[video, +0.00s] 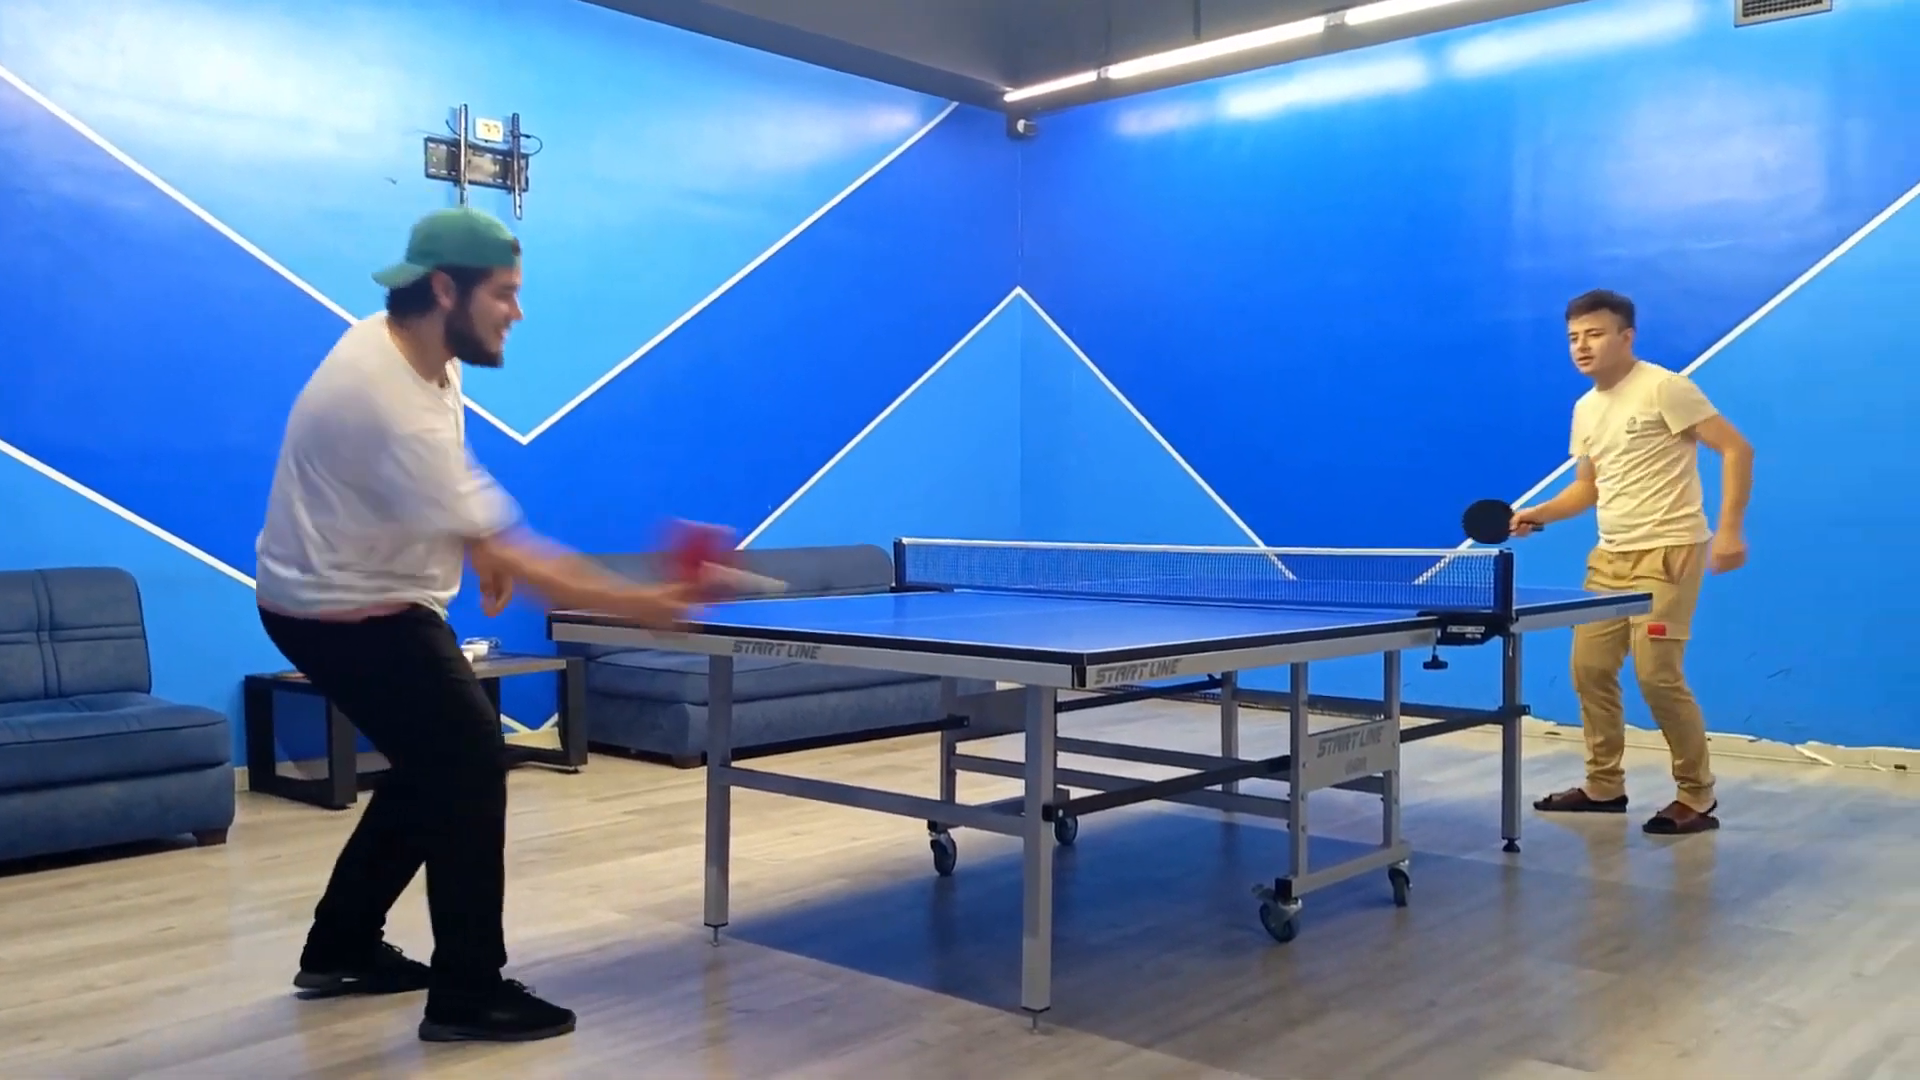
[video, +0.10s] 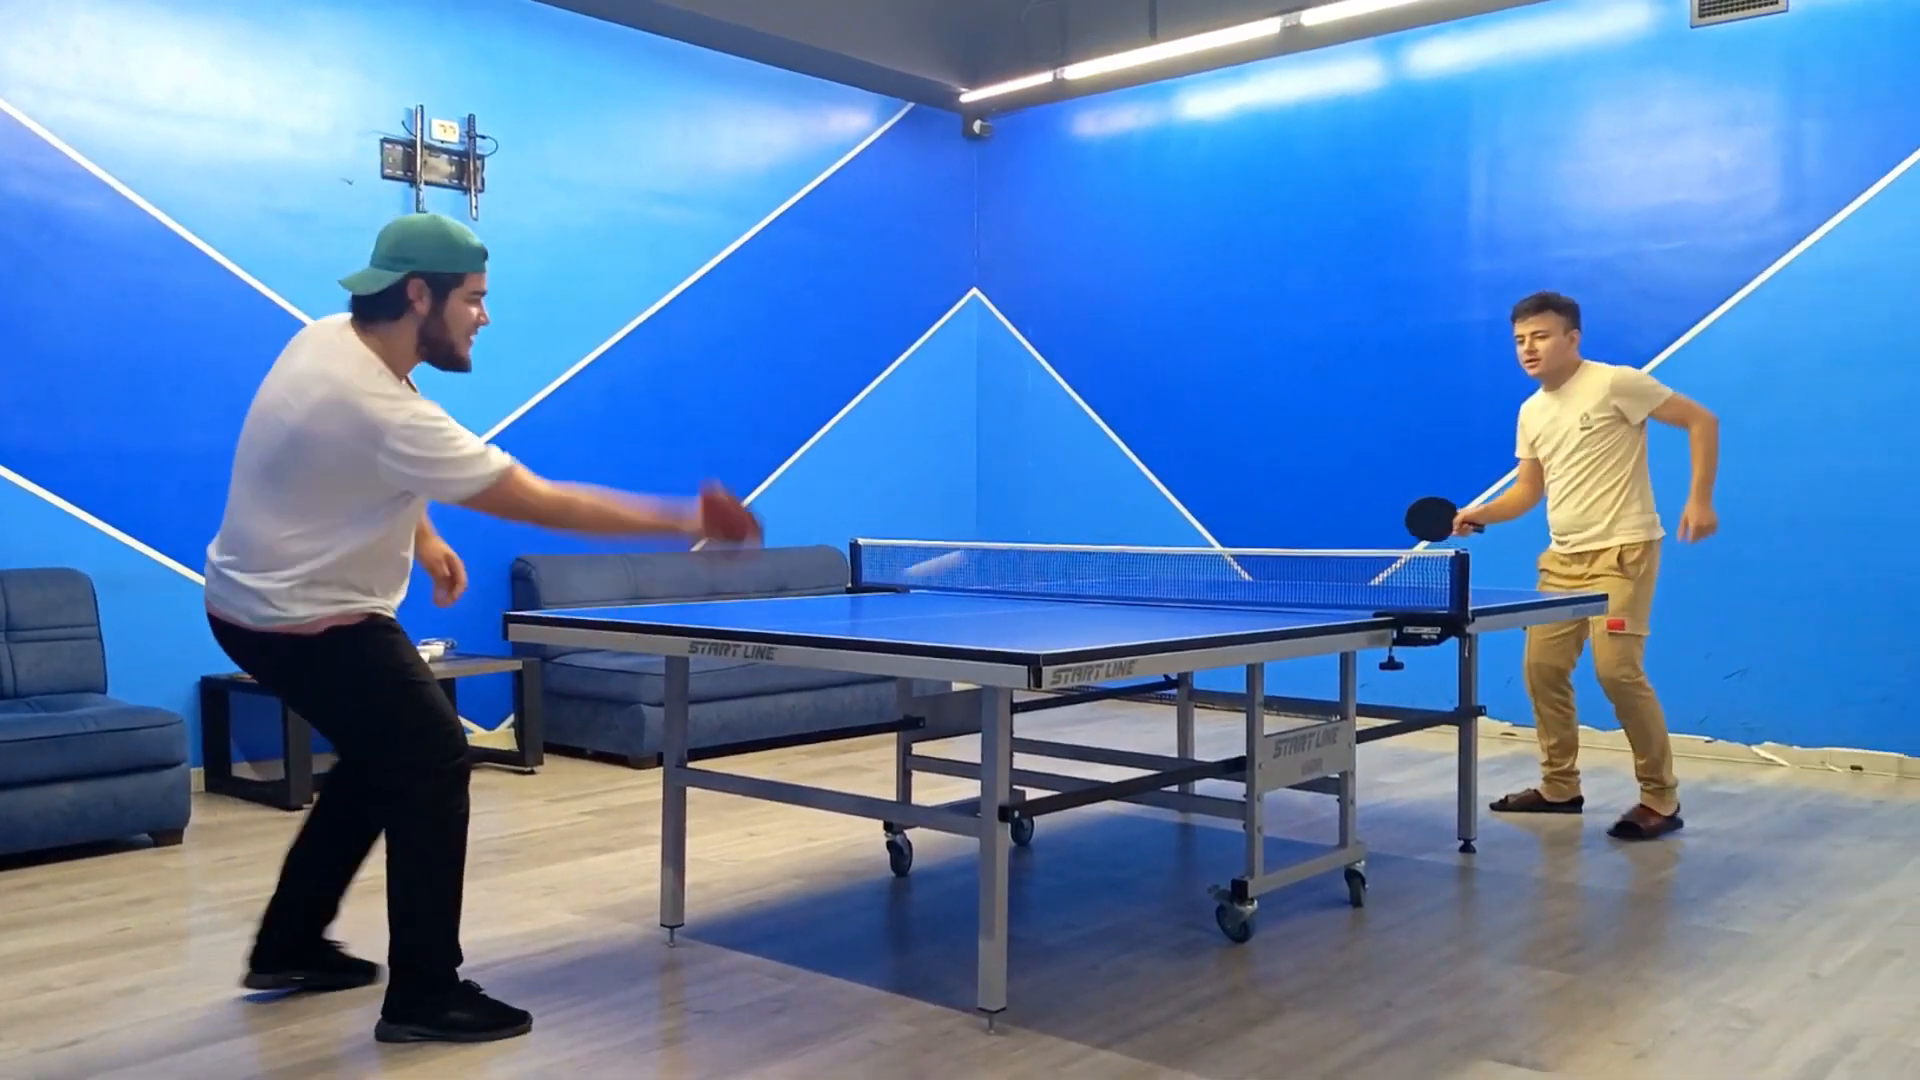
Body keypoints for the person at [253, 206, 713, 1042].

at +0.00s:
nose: (516, 310)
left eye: (516, 292)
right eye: (502, 292)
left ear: (444, 291)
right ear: (442, 291)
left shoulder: (416, 350)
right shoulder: (388, 409)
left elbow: (434, 459)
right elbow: (524, 565)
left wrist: (479, 540)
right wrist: (653, 600)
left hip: (386, 595)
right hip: (338, 608)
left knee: (443, 757)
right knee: (469, 759)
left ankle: (341, 942)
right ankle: (467, 989)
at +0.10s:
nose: (482, 321)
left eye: (483, 303)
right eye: (474, 301)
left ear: (407, 296)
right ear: (417, 297)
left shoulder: (326, 343)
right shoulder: (382, 412)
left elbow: (362, 454)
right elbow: (536, 500)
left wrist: (421, 534)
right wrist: (685, 518)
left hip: (262, 600)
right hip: (311, 619)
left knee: (390, 752)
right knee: (433, 758)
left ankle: (286, 943)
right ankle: (424, 991)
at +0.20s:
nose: (468, 298)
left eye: (468, 280)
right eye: (458, 280)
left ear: (398, 280)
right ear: (404, 279)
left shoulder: (309, 337)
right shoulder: (369, 392)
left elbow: (297, 482)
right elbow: (524, 480)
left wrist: (381, 562)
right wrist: (675, 442)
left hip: (250, 602)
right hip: (310, 616)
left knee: (332, 761)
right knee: (426, 758)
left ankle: (211, 942)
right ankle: (423, 992)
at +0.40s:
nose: (402, 267)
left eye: (400, 250)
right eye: (391, 249)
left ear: (329, 252)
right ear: (342, 250)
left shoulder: (256, 325)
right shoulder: (303, 355)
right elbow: (394, 473)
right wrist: (547, 459)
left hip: (202, 599)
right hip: (262, 610)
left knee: (242, 777)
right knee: (359, 780)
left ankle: (135, 966)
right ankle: (416, 990)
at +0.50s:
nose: (375, 250)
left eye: (373, 233)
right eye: (364, 233)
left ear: (299, 238)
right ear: (310, 236)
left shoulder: (238, 317)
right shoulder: (267, 331)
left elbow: (280, 470)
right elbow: (304, 468)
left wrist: (441, 520)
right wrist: (455, 525)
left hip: (192, 593)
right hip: (236, 601)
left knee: (223, 774)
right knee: (323, 784)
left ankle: (135, 964)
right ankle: (393, 991)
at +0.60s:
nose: (355, 239)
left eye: (352, 222)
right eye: (345, 222)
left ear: (287, 225)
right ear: (296, 223)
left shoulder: (217, 308)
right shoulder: (254, 319)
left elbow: (215, 465)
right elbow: (248, 460)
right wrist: (366, 573)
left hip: (179, 588)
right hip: (230, 592)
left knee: (212, 769)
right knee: (309, 761)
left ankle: (135, 965)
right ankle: (311, 1008)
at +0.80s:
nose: (455, 260)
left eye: (453, 244)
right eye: (444, 243)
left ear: (388, 248)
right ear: (399, 244)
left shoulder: (334, 326)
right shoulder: (359, 336)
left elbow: (315, 478)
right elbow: (322, 474)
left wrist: (385, 589)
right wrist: (390, 596)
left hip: (299, 592)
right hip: (328, 594)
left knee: (329, 755)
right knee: (417, 753)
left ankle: (259, 941)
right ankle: (358, 985)